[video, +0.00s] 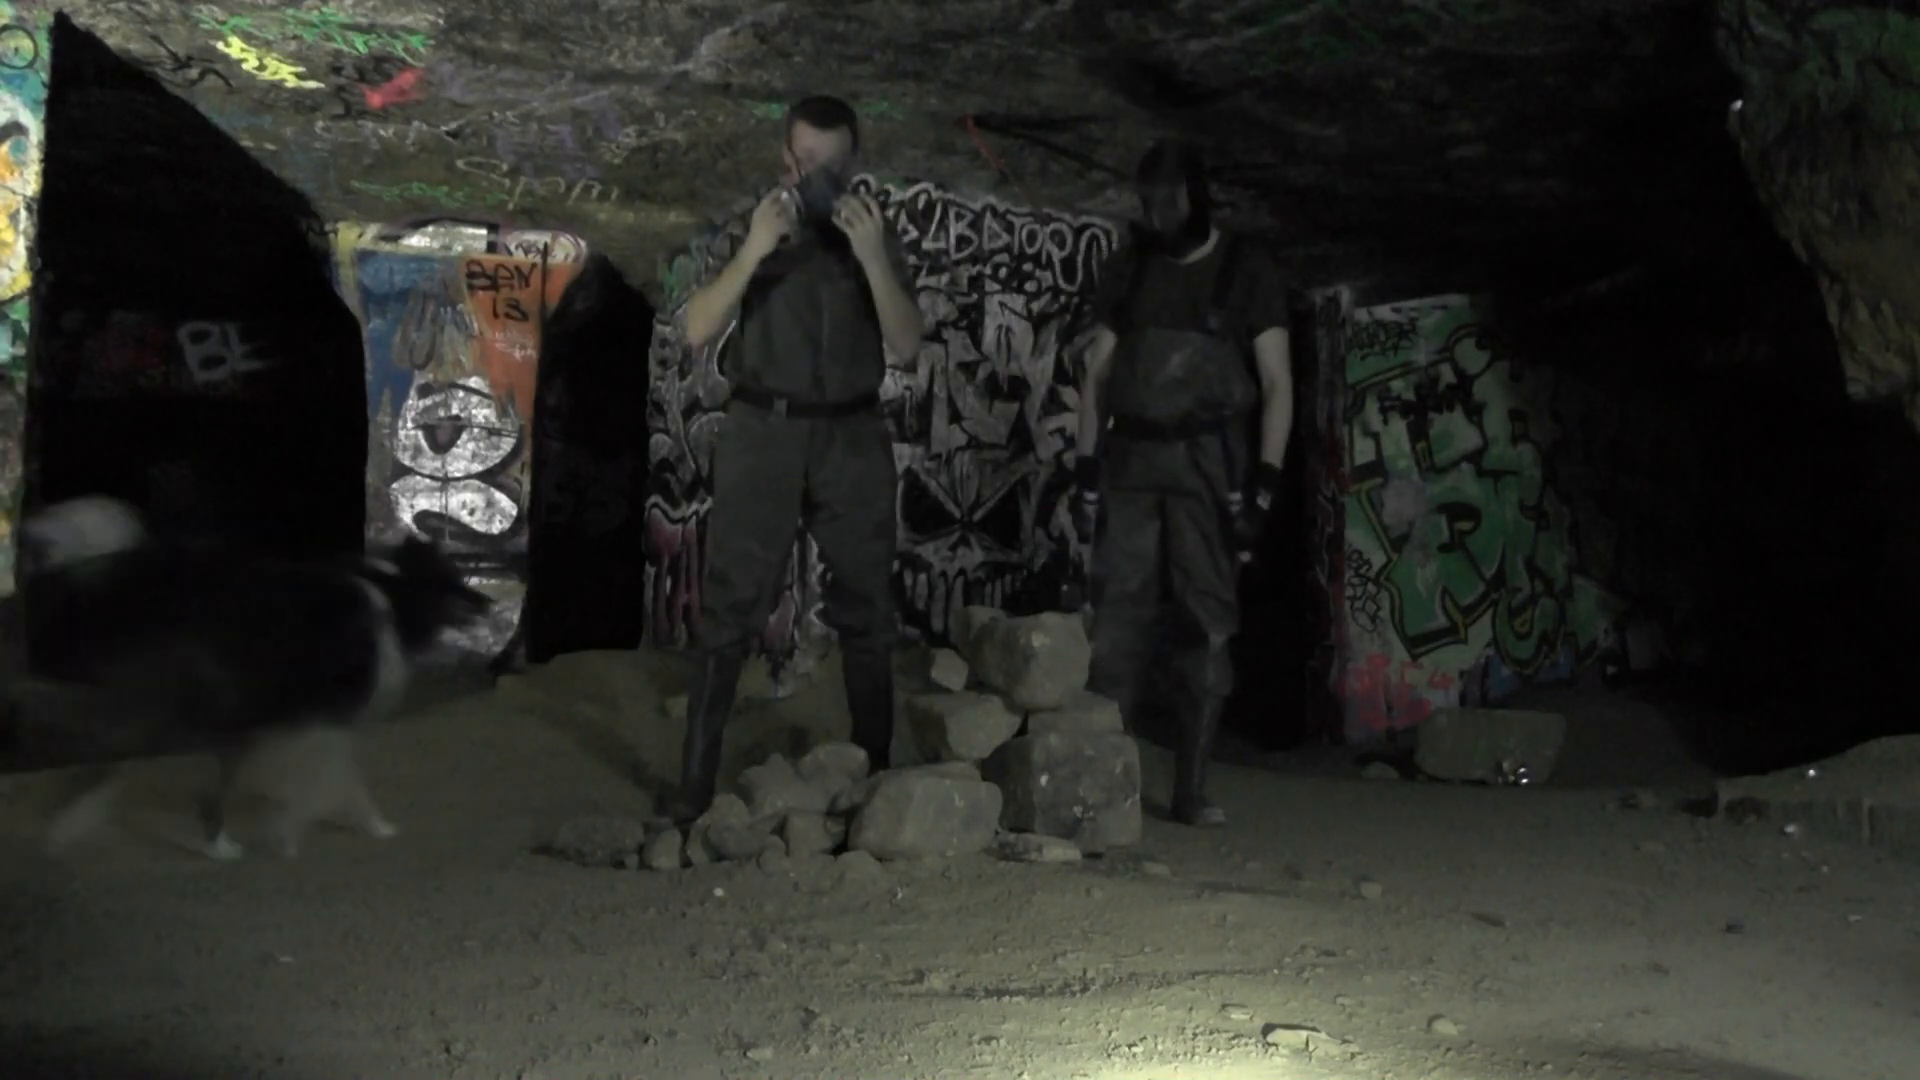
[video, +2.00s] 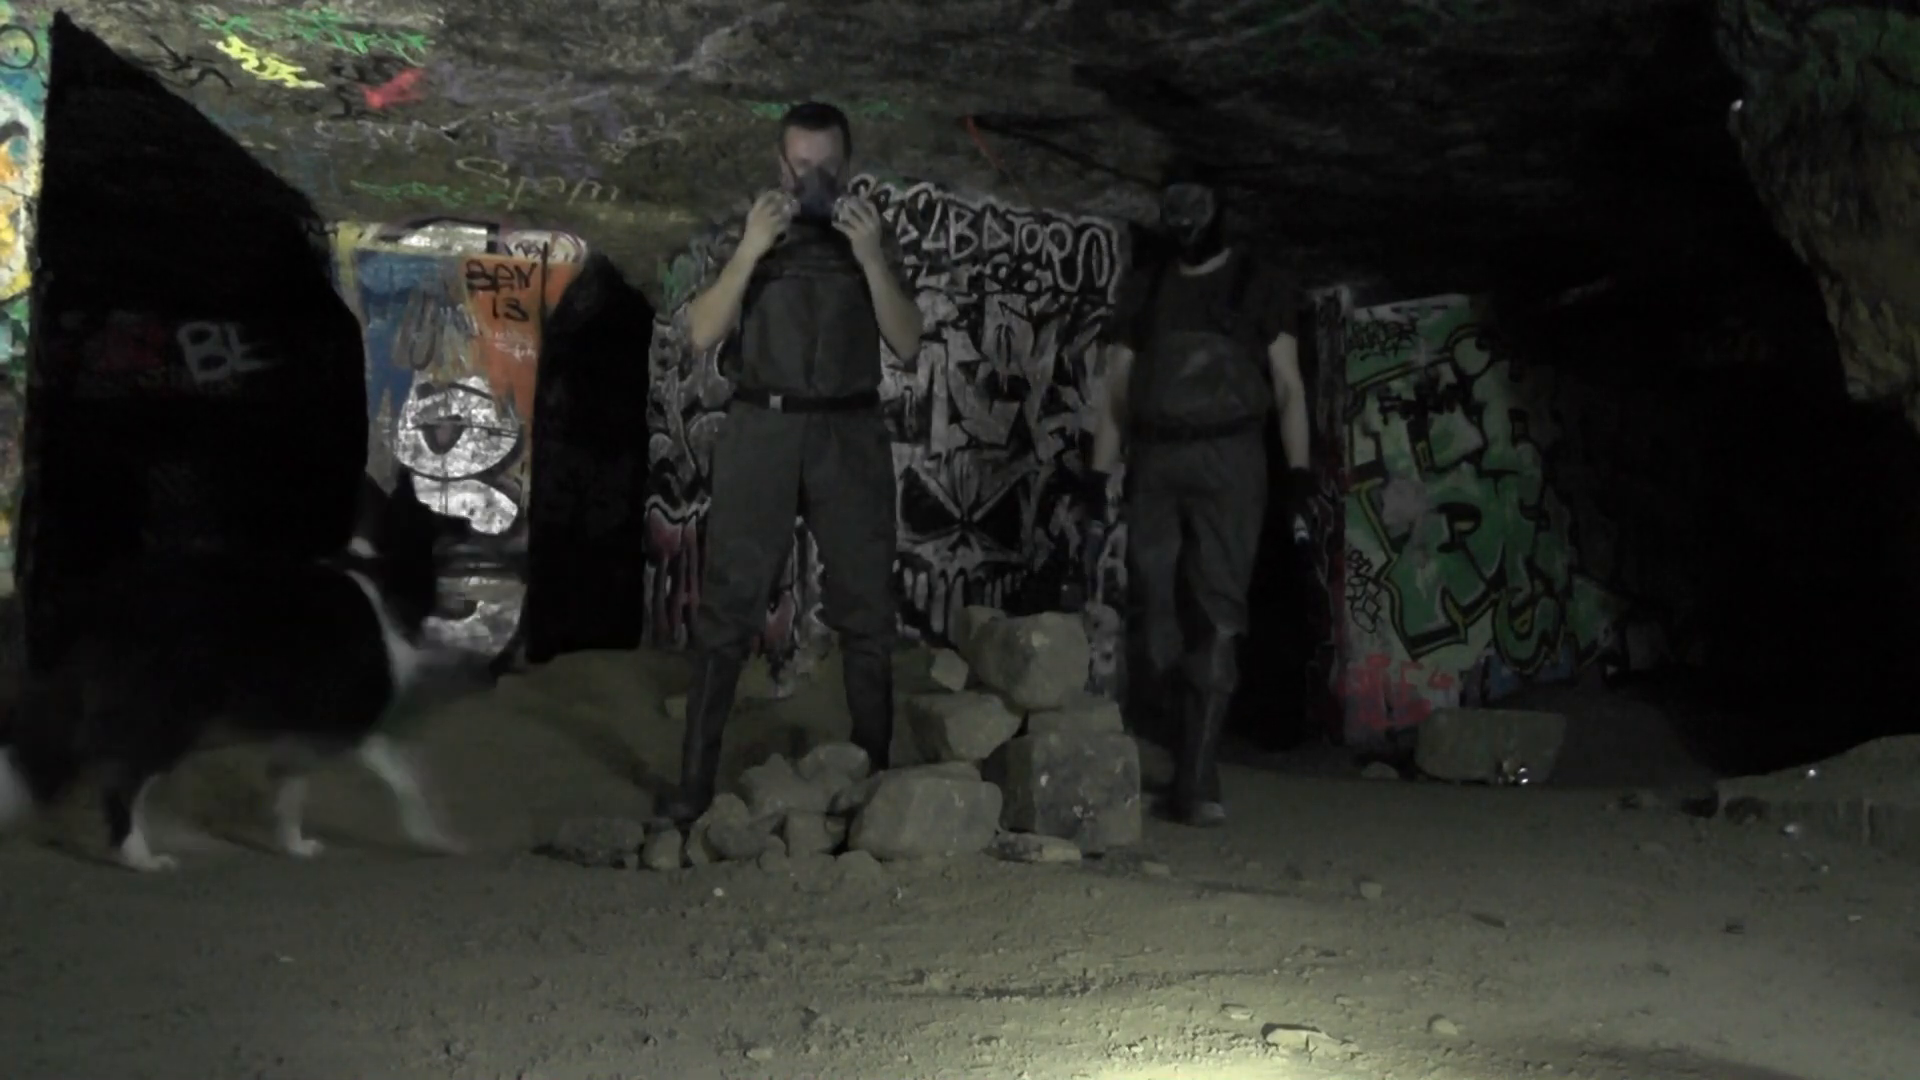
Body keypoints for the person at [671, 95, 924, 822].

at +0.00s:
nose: (816, 182)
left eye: (831, 169)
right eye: (805, 166)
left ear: (855, 161)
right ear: (785, 155)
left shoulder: (874, 230)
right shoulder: (751, 229)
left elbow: (906, 348)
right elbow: (696, 333)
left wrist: (873, 254)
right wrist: (753, 250)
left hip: (853, 446)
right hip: (760, 443)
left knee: (866, 618)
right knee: (730, 614)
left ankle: (876, 782)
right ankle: (695, 788)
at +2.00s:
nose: (809, 181)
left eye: (823, 169)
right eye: (799, 168)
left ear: (847, 166)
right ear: (780, 162)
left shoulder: (869, 238)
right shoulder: (748, 236)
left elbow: (906, 342)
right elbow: (701, 333)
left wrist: (870, 251)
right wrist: (752, 247)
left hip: (850, 444)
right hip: (760, 443)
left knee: (865, 618)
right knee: (730, 612)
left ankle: (873, 783)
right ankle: (694, 786)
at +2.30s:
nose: (815, 183)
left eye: (829, 170)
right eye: (804, 167)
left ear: (851, 168)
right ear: (784, 160)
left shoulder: (875, 239)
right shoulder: (744, 235)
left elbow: (916, 350)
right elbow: (699, 341)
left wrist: (881, 275)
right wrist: (744, 290)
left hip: (854, 441)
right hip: (763, 439)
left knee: (868, 613)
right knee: (732, 608)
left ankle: (874, 780)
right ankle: (695, 788)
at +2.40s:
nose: (815, 180)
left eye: (828, 169)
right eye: (804, 166)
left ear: (849, 167)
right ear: (785, 160)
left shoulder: (876, 240)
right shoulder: (750, 236)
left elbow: (918, 341)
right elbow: (709, 335)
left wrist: (930, 429)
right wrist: (694, 431)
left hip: (854, 442)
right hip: (762, 440)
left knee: (869, 613)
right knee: (731, 607)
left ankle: (873, 777)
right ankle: (694, 785)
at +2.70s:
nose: (820, 173)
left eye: (834, 161)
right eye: (808, 158)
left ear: (854, 164)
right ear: (785, 156)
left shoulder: (877, 236)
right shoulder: (754, 229)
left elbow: (925, 326)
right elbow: (701, 321)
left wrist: (959, 404)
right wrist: (639, 393)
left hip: (855, 441)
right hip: (764, 439)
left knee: (867, 612)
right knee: (733, 608)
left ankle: (873, 776)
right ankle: (694, 785)